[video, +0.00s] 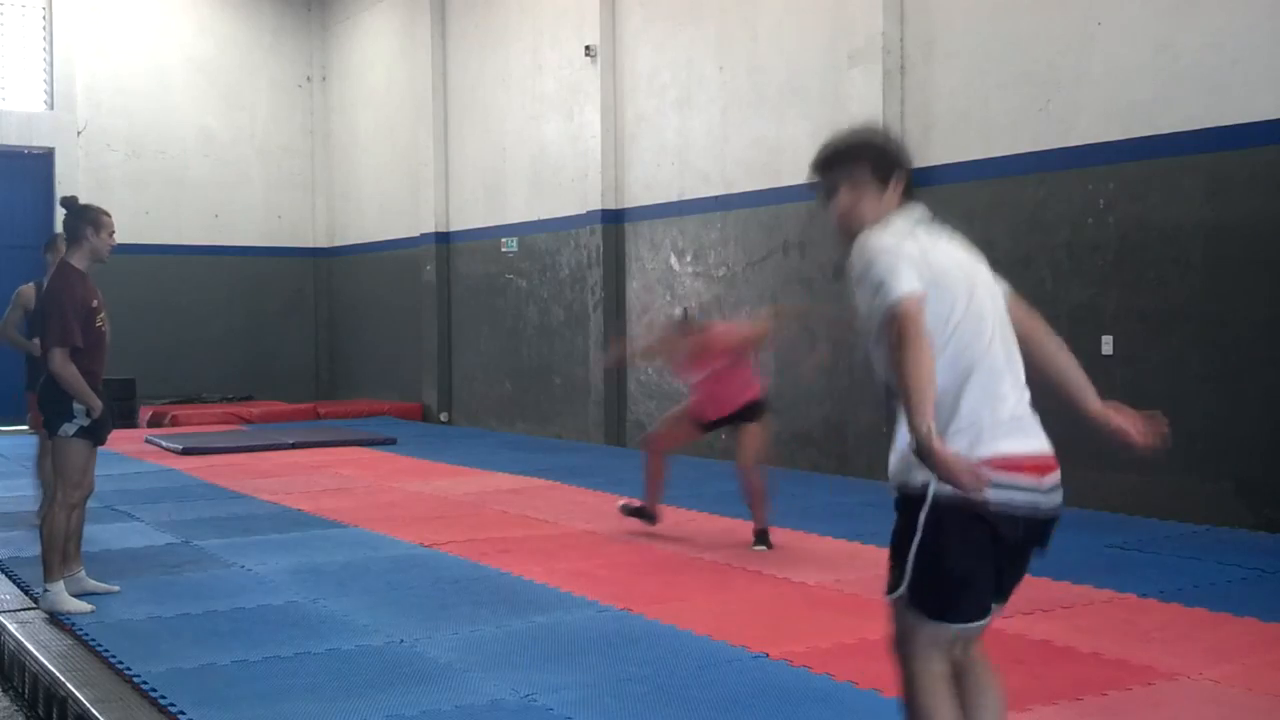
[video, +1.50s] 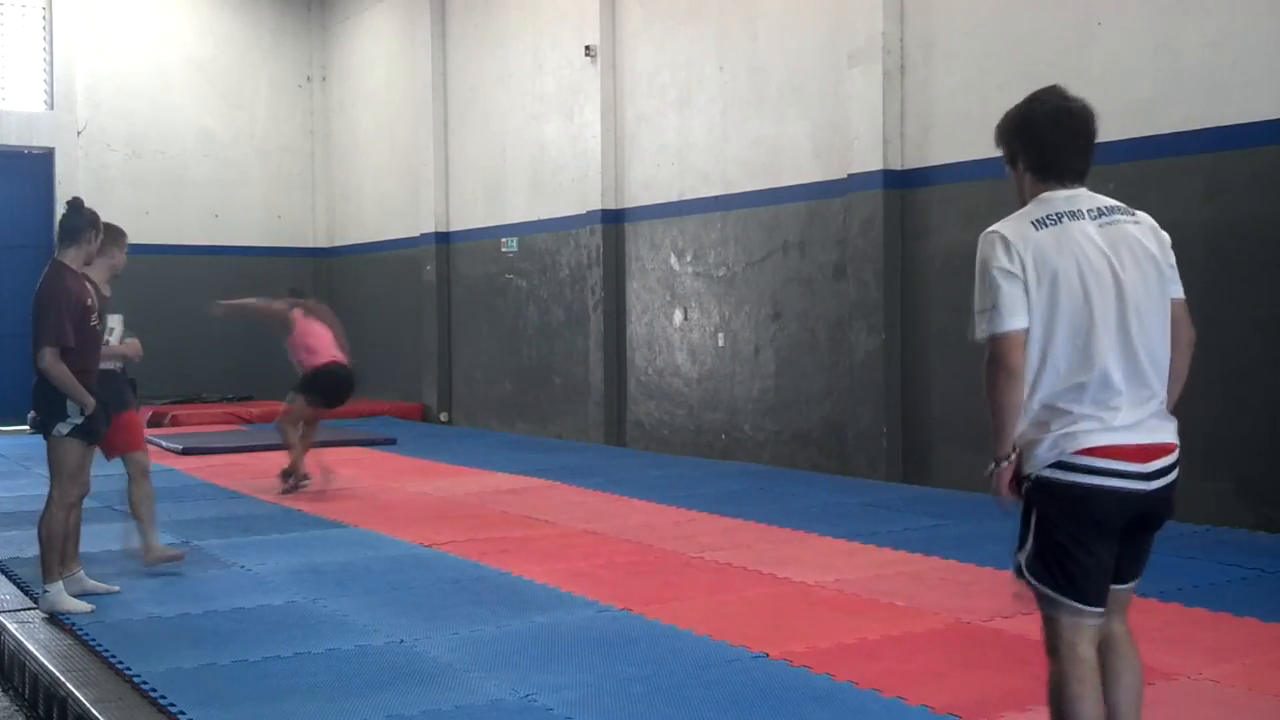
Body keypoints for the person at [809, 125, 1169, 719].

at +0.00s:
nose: (834, 209)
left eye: (841, 191)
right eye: (830, 194)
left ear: (887, 185)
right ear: (896, 187)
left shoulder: (881, 245)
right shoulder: (955, 247)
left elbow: (909, 326)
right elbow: (1029, 326)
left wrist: (924, 436)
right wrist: (1093, 405)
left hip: (957, 487)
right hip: (1029, 489)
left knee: (922, 652)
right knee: (964, 649)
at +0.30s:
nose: (867, 163)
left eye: (880, 147)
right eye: (868, 147)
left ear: (929, 151)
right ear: (931, 153)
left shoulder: (922, 226)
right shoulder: (990, 218)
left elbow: (927, 347)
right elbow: (995, 347)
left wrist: (880, 461)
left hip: (977, 475)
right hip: (1039, 467)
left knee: (955, 649)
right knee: (997, 594)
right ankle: (1113, 618)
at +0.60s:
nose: (935, 164)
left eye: (936, 152)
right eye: (937, 151)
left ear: (946, 158)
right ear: (1012, 152)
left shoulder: (951, 240)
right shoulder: (1064, 227)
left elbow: (955, 371)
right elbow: (1093, 340)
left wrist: (915, 443)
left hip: (1013, 482)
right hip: (1094, 474)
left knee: (990, 666)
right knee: (1100, 639)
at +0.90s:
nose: (1014, 168)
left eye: (1014, 155)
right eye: (1015, 155)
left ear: (1027, 158)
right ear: (1093, 155)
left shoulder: (1017, 229)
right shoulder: (1141, 229)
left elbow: (1021, 348)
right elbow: (1173, 340)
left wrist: (1005, 456)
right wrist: (1171, 425)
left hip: (1062, 473)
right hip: (1145, 470)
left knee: (1007, 627)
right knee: (1138, 636)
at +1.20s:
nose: (1023, 159)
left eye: (1025, 148)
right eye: (1025, 147)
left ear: (1036, 152)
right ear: (1104, 152)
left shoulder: (1017, 228)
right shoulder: (1156, 230)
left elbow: (1006, 350)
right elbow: (1175, 352)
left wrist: (987, 448)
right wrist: (1155, 437)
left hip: (1057, 473)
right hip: (1143, 471)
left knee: (1055, 643)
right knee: (1132, 634)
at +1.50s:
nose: (1008, 174)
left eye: (1007, 161)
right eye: (1008, 160)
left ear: (1019, 162)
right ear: (1083, 154)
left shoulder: (1007, 240)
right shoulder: (1145, 229)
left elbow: (1007, 359)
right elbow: (1182, 339)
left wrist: (1004, 453)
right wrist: (1155, 420)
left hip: (1074, 477)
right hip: (1154, 471)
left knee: (1073, 641)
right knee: (1115, 618)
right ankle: (1125, 718)